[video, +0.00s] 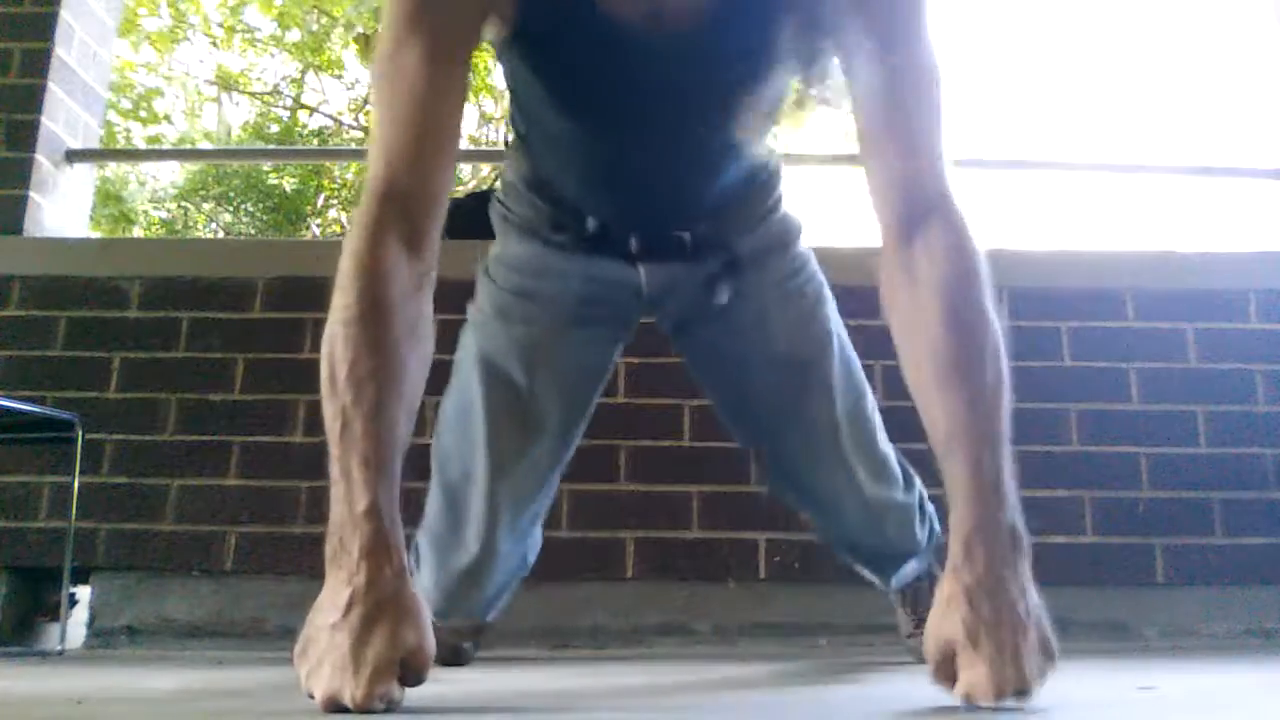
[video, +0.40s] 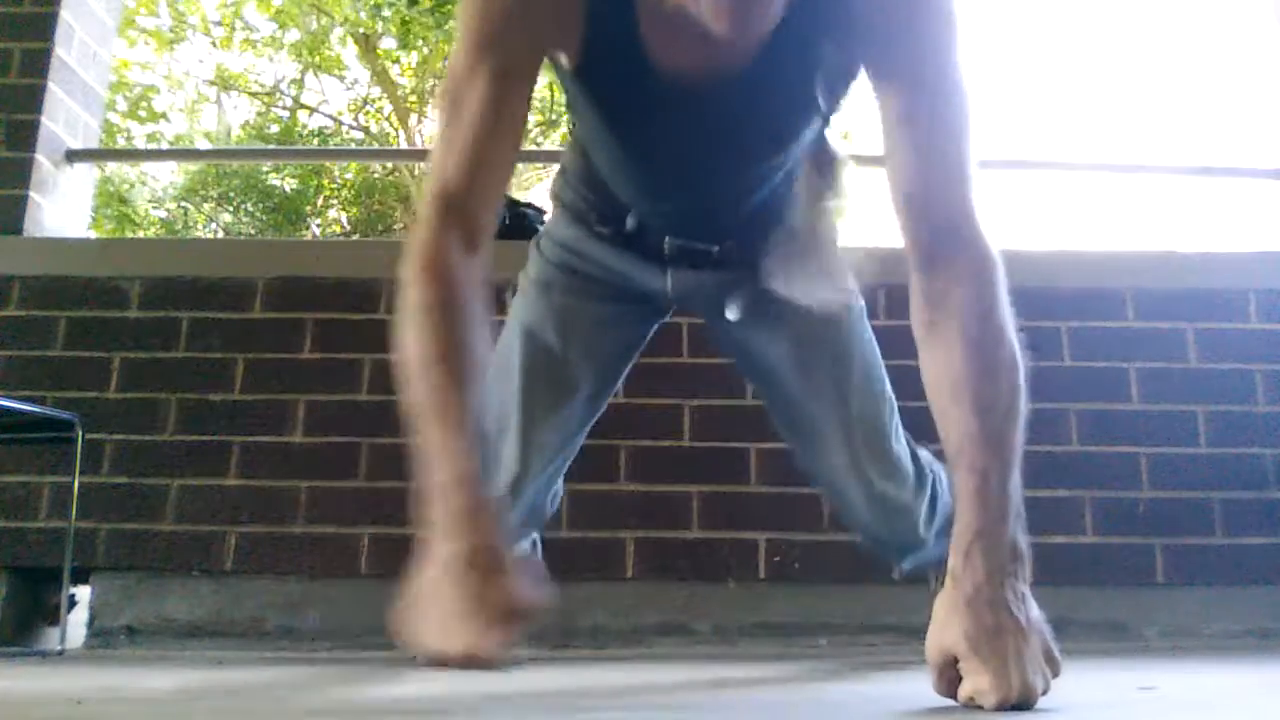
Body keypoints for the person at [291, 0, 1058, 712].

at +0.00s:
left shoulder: (858, 7)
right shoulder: (463, 7)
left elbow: (920, 229)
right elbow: (393, 234)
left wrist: (991, 551)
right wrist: (361, 562)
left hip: (738, 239)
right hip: (551, 243)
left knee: (865, 498)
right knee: (467, 546)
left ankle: (938, 591)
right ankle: (437, 620)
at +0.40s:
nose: (723, 15)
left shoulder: (891, 10)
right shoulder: (535, 2)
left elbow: (950, 258)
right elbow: (448, 241)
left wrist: (990, 568)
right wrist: (456, 535)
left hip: (775, 249)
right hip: (599, 242)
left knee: (886, 504)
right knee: (490, 506)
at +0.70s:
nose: (731, 16)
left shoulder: (907, 9)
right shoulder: (552, 10)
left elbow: (962, 248)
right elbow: (577, 266)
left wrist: (993, 566)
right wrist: (651, 568)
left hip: (808, 270)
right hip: (634, 261)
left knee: (899, 477)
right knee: (538, 462)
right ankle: (497, 577)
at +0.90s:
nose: (758, 12)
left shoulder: (937, 14)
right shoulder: (586, 11)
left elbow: (988, 266)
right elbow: (598, 279)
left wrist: (1006, 563)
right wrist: (653, 569)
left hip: (832, 288)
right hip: (659, 273)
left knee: (908, 499)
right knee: (548, 477)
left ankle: (962, 569)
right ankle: (501, 577)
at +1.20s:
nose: (728, 29)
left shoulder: (911, 11)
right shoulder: (567, 9)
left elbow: (881, 254)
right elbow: (584, 285)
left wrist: (801, 563)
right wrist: (647, 567)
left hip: (807, 273)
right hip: (646, 277)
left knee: (909, 494)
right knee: (578, 552)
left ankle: (973, 558)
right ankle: (548, 583)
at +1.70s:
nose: (561, 33)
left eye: (592, 9)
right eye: (530, 11)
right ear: (493, 3)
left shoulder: (735, 23)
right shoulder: (416, 21)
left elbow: (803, 285)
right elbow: (346, 250)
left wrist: (774, 569)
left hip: (715, 290)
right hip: (560, 282)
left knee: (805, 503)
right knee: (512, 531)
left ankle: (916, 510)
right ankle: (530, 578)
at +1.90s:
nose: (489, 16)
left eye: (526, 3)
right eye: (460, 1)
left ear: (570, 1)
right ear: (423, 0)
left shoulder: (677, 22)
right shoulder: (349, 25)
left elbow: (781, 286)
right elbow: (291, 289)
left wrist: (775, 570)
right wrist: (261, 566)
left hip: (684, 309)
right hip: (528, 299)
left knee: (720, 542)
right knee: (491, 543)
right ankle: (530, 570)